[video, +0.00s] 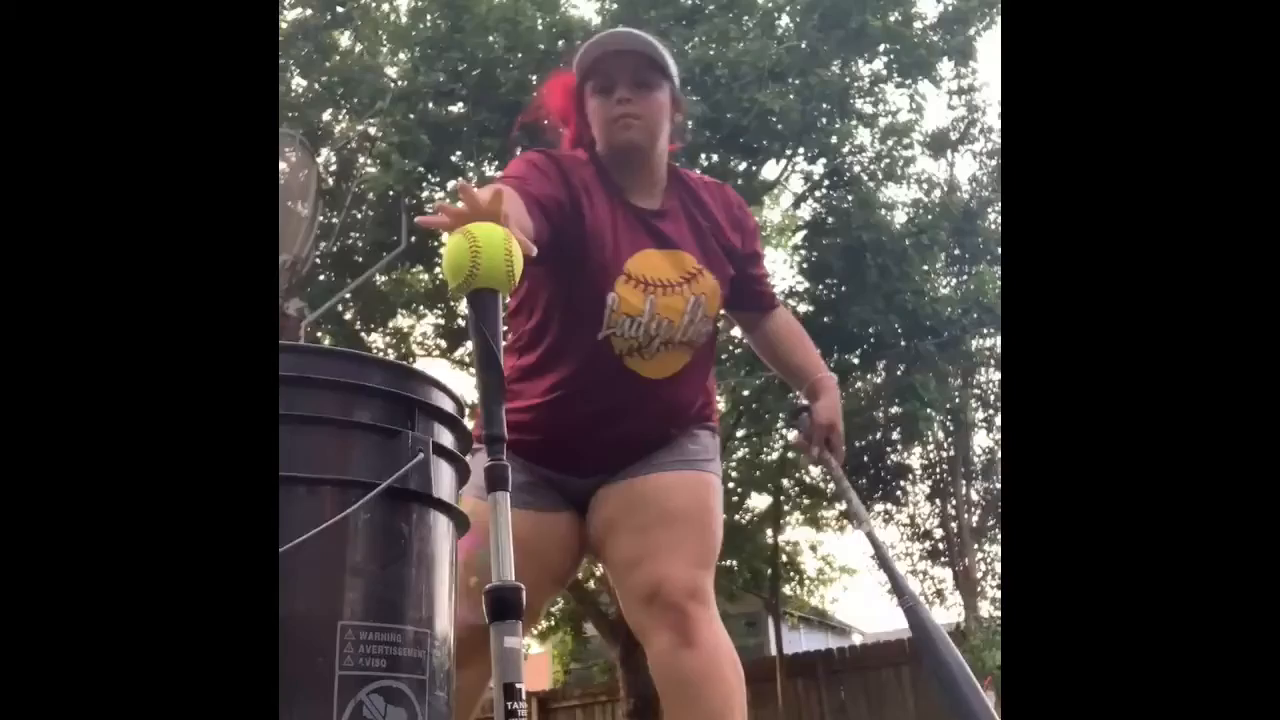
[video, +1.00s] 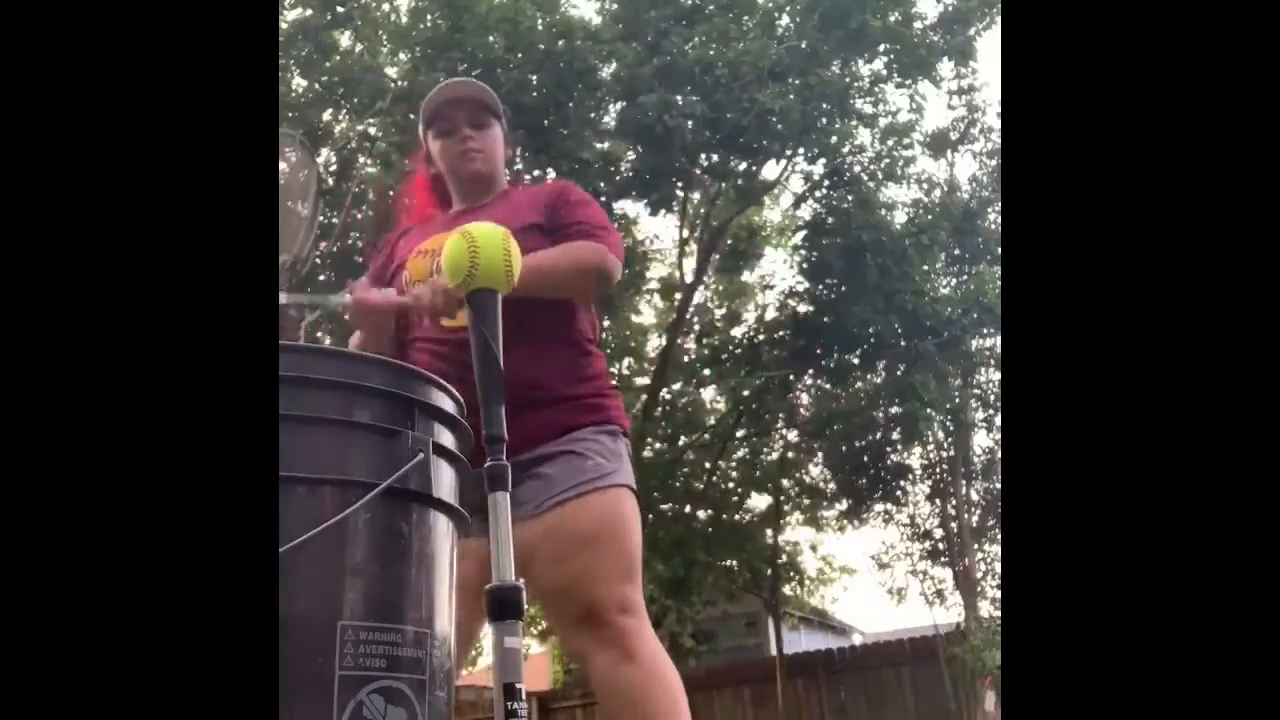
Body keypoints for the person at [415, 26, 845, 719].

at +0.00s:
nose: (622, 100)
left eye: (642, 85)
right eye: (603, 89)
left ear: (675, 108)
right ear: (582, 114)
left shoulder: (718, 209)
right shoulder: (552, 176)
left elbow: (760, 311)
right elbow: (521, 210)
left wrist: (823, 384)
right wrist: (493, 217)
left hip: (661, 444)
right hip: (529, 450)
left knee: (676, 606)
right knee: (469, 625)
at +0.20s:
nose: (575, 101)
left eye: (592, 88)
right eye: (556, 90)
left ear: (621, 108)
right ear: (533, 115)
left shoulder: (669, 218)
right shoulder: (498, 186)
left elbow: (719, 323)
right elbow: (428, 233)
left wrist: (777, 400)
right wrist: (467, 247)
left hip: (626, 448)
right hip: (501, 455)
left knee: (656, 611)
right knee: (449, 647)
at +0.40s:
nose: (489, 107)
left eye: (504, 95)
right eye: (469, 99)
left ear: (530, 118)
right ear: (444, 123)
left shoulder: (586, 222)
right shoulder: (400, 215)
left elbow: (640, 318)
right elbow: (347, 307)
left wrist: (684, 387)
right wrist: (427, 351)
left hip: (568, 453)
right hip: (445, 459)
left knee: (621, 620)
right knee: (399, 640)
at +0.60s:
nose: (442, 115)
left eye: (456, 103)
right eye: (422, 108)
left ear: (481, 121)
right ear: (402, 134)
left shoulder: (542, 205)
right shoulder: (363, 231)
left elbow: (605, 296)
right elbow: (331, 334)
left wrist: (564, 361)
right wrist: (370, 401)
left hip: (548, 445)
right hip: (432, 458)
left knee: (596, 621)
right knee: (402, 632)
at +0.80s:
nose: (452, 128)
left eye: (466, 115)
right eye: (434, 121)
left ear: (492, 129)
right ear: (416, 145)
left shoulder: (547, 198)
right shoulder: (389, 243)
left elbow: (598, 281)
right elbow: (363, 353)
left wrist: (483, 317)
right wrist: (378, 424)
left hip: (561, 443)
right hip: (445, 463)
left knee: (608, 626)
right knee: (406, 643)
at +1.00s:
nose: (465, 137)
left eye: (479, 123)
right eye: (446, 130)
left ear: (505, 137)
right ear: (428, 153)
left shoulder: (554, 198)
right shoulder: (404, 246)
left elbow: (601, 265)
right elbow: (372, 369)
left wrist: (479, 272)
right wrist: (373, 322)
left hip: (564, 442)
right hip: (448, 461)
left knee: (610, 626)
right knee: (418, 654)